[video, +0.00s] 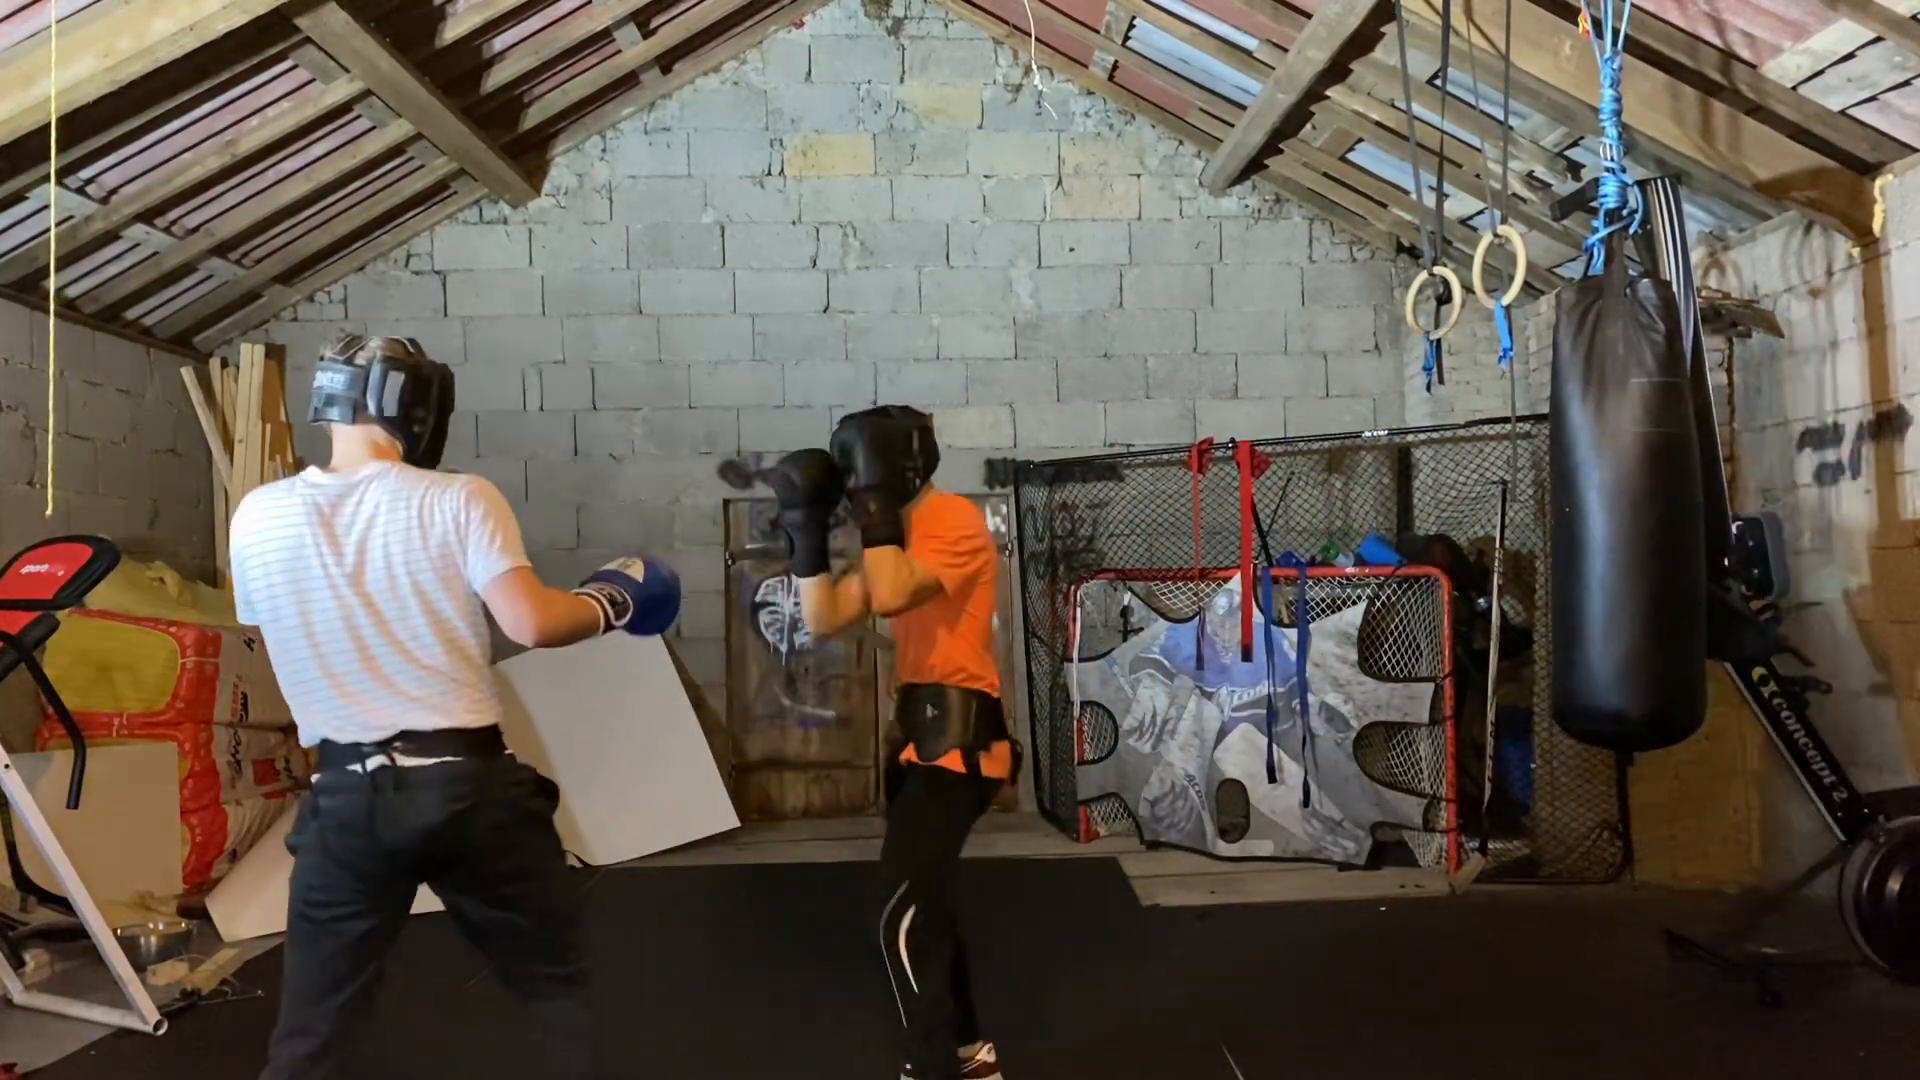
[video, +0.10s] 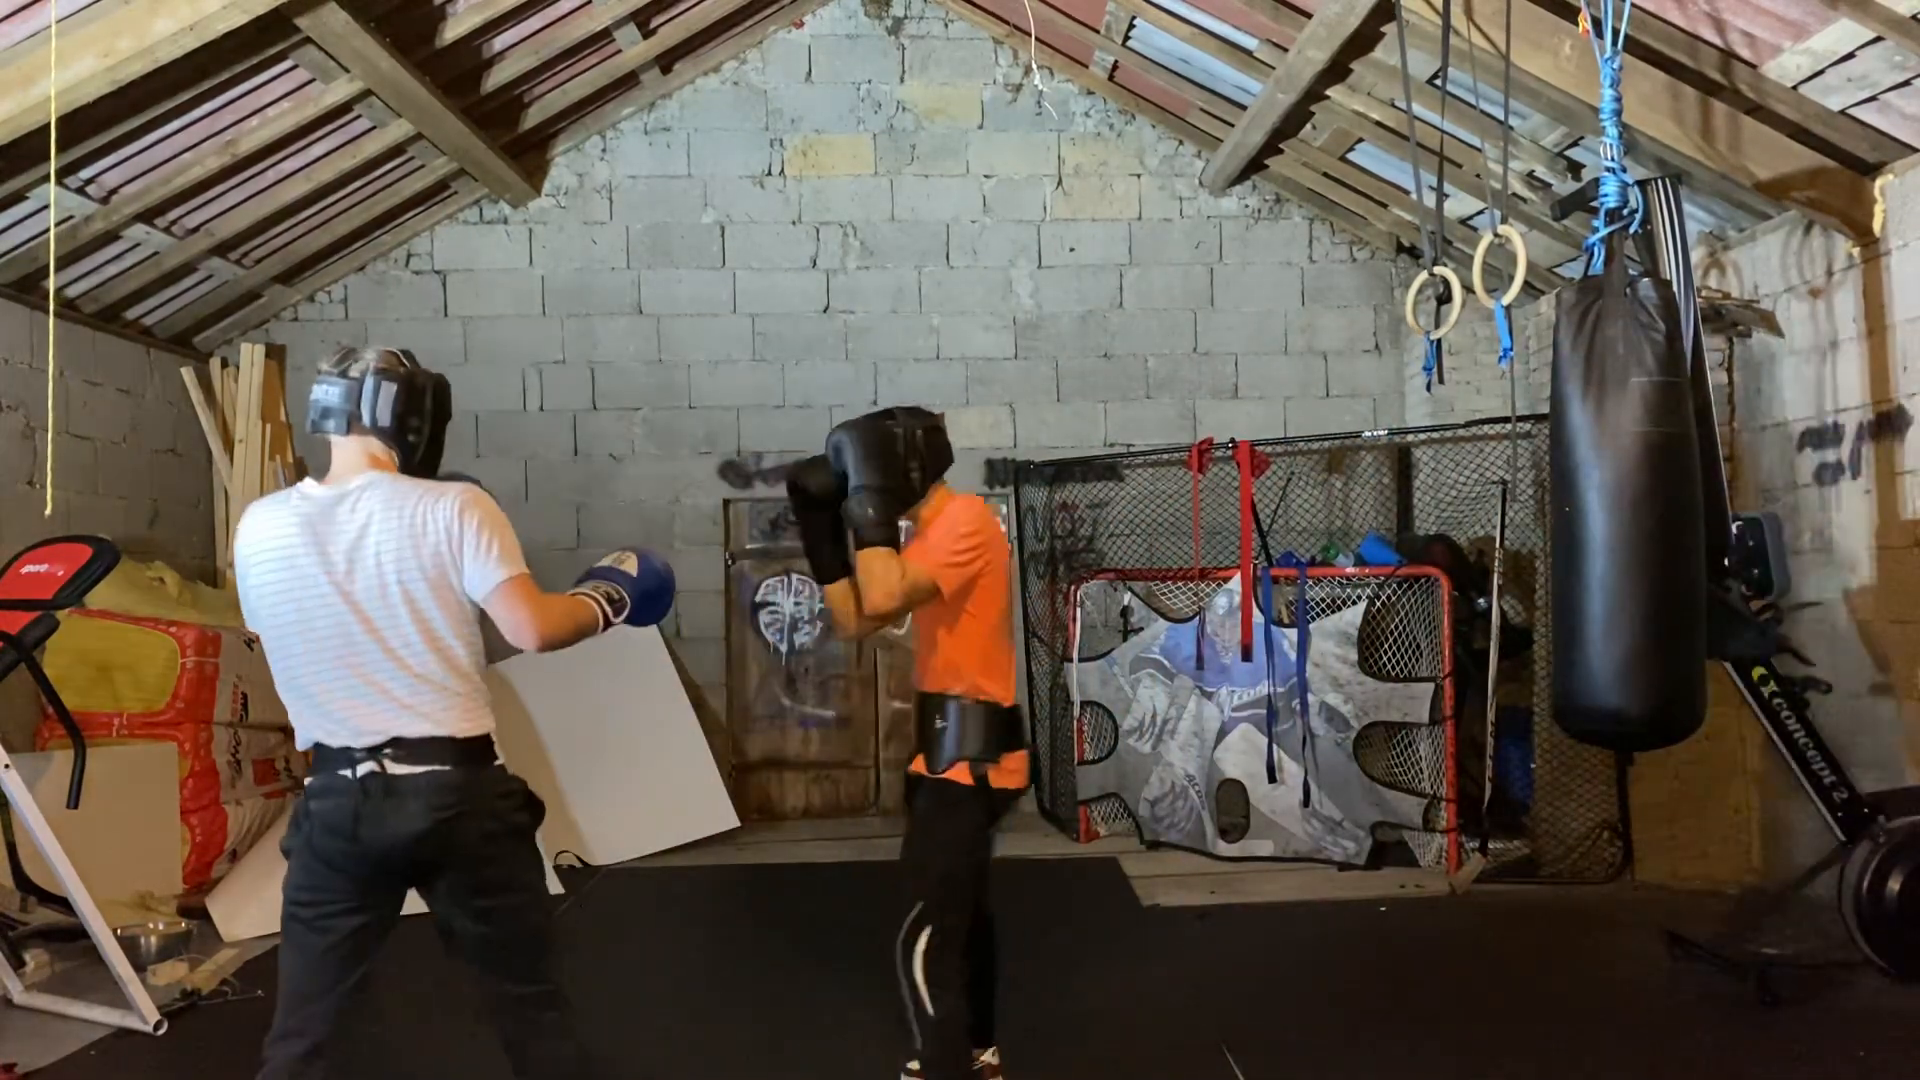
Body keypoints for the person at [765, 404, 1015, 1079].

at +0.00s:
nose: (860, 487)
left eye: (865, 474)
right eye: (857, 477)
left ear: (896, 466)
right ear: (904, 464)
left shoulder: (955, 519)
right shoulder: (898, 538)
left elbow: (890, 593)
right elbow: (824, 616)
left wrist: (873, 498)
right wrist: (806, 522)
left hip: (961, 736)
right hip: (922, 735)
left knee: (901, 916)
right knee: (926, 902)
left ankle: (931, 1067)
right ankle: (966, 1047)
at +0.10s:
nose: (871, 485)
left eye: (874, 471)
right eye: (868, 474)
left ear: (903, 467)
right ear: (919, 465)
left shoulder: (966, 521)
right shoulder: (923, 533)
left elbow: (882, 597)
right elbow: (849, 616)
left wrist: (871, 494)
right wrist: (819, 520)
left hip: (971, 755)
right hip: (945, 752)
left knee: (930, 923)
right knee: (961, 911)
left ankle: (940, 1066)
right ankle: (975, 1052)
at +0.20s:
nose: (878, 473)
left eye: (882, 459)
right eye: (878, 458)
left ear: (912, 457)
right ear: (935, 450)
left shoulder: (981, 508)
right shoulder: (947, 515)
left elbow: (888, 592)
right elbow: (873, 611)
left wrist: (876, 488)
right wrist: (836, 523)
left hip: (994, 735)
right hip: (989, 730)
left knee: (946, 921)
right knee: (1013, 899)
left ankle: (959, 1067)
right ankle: (1029, 1044)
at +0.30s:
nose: (914, 463)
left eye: (917, 450)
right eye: (915, 447)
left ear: (943, 451)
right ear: (964, 445)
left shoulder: (1013, 502)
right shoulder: (977, 509)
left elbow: (918, 591)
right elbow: (904, 603)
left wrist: (906, 484)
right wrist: (867, 519)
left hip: (1016, 747)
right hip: (1015, 741)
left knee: (972, 928)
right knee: (1044, 906)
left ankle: (977, 1068)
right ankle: (1138, 1046)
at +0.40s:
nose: (948, 473)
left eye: (950, 459)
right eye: (944, 457)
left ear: (978, 460)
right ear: (1013, 450)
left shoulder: (1051, 512)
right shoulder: (1016, 516)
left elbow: (956, 594)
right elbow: (933, 609)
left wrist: (941, 487)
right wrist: (901, 516)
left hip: (1039, 747)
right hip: (1044, 742)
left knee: (968, 937)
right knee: (1102, 912)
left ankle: (969, 1069)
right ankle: (1220, 1052)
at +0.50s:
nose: (997, 469)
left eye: (1003, 456)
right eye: (998, 454)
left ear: (1028, 460)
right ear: (1058, 455)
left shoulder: (1088, 522)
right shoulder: (1067, 523)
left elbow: (978, 608)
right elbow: (968, 615)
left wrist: (976, 499)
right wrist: (949, 523)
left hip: (1072, 761)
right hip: (1099, 758)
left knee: (984, 928)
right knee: (1153, 927)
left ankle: (974, 1066)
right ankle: (1241, 1061)